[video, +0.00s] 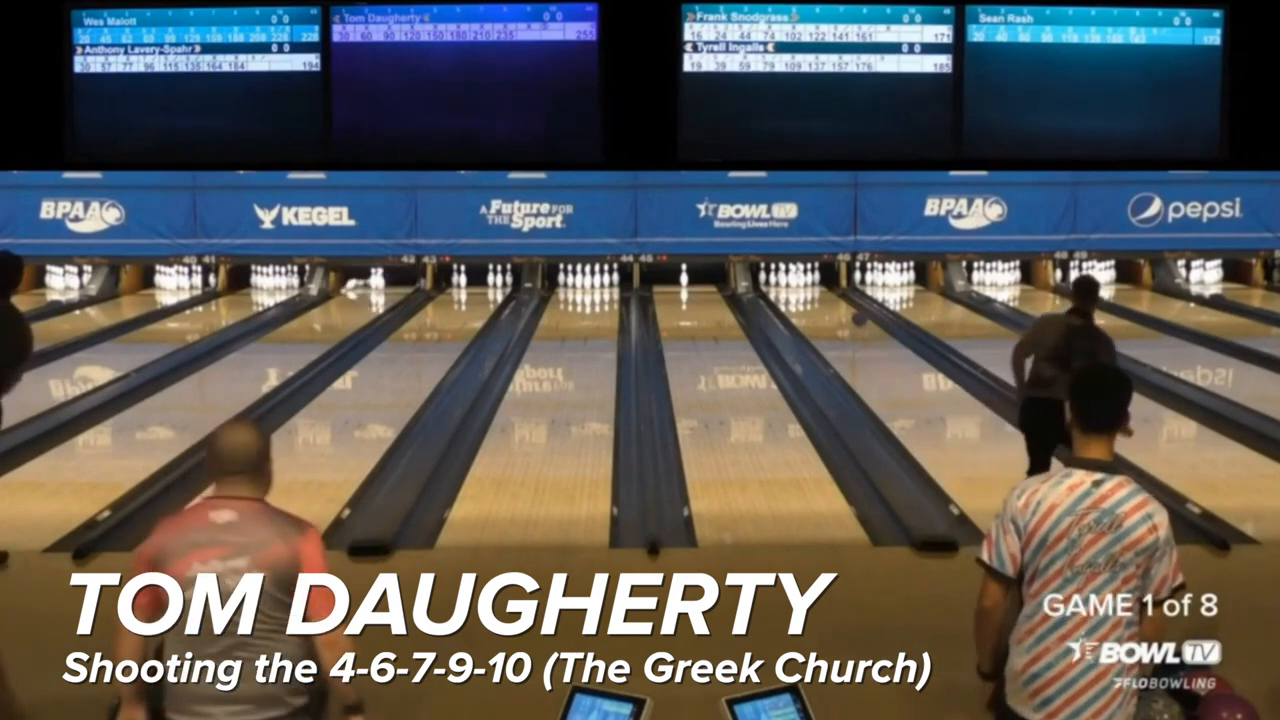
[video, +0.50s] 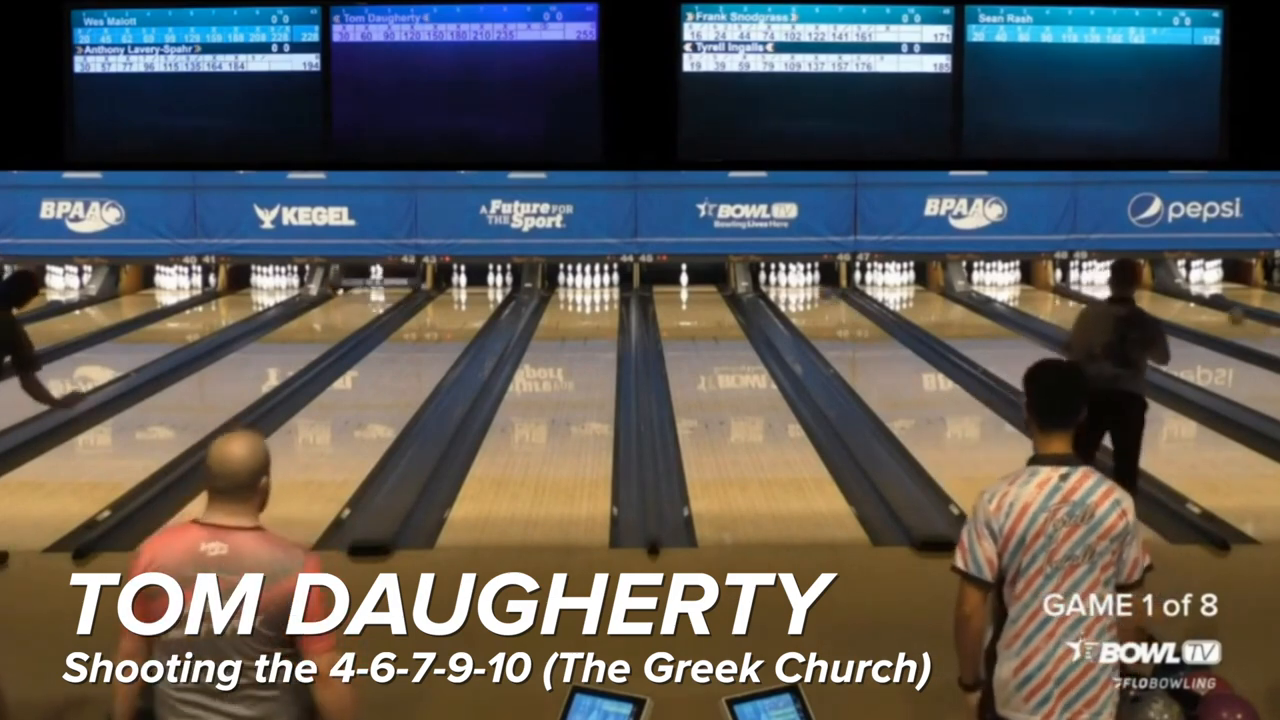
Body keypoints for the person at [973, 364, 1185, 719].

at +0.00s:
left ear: (1069, 416)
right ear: (1125, 423)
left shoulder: (1029, 497)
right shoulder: (1151, 514)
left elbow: (992, 601)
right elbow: (1153, 616)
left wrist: (988, 669)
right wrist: (1137, 675)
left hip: (1032, 687)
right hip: (1108, 694)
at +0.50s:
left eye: (1026, 407)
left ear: (1028, 414)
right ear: (1082, 416)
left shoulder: (999, 501)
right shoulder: (1117, 502)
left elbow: (971, 607)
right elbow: (1129, 595)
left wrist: (971, 682)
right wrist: (1129, 656)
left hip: (1023, 687)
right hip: (1094, 686)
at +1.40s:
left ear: (1042, 407)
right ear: (1098, 413)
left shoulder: (1003, 489)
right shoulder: (1124, 503)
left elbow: (975, 591)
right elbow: (1139, 606)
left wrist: (976, 675)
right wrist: (1141, 684)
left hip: (1016, 690)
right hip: (1095, 693)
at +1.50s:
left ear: (1060, 409)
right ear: (1114, 415)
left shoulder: (1018, 486)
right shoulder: (1137, 503)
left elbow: (987, 593)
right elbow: (1148, 610)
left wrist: (987, 673)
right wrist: (1147, 682)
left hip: (1024, 688)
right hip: (1104, 693)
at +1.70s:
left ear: (1096, 416)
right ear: (1150, 419)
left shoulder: (1055, 482)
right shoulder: (1167, 503)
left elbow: (1024, 582)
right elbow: (1177, 601)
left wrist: (1014, 670)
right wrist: (1173, 678)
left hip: (1053, 686)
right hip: (1129, 693)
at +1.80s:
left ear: (1121, 429)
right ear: (1178, 435)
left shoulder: (1080, 483)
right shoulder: (1189, 512)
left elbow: (1044, 579)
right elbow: (1209, 601)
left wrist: (1032, 668)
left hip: (1071, 686)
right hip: (1148, 697)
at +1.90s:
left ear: (1124, 432)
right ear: (1180, 437)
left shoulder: (1083, 483)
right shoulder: (1191, 512)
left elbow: (1047, 583)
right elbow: (1212, 601)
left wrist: (1035, 668)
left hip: (1075, 685)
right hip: (1151, 696)